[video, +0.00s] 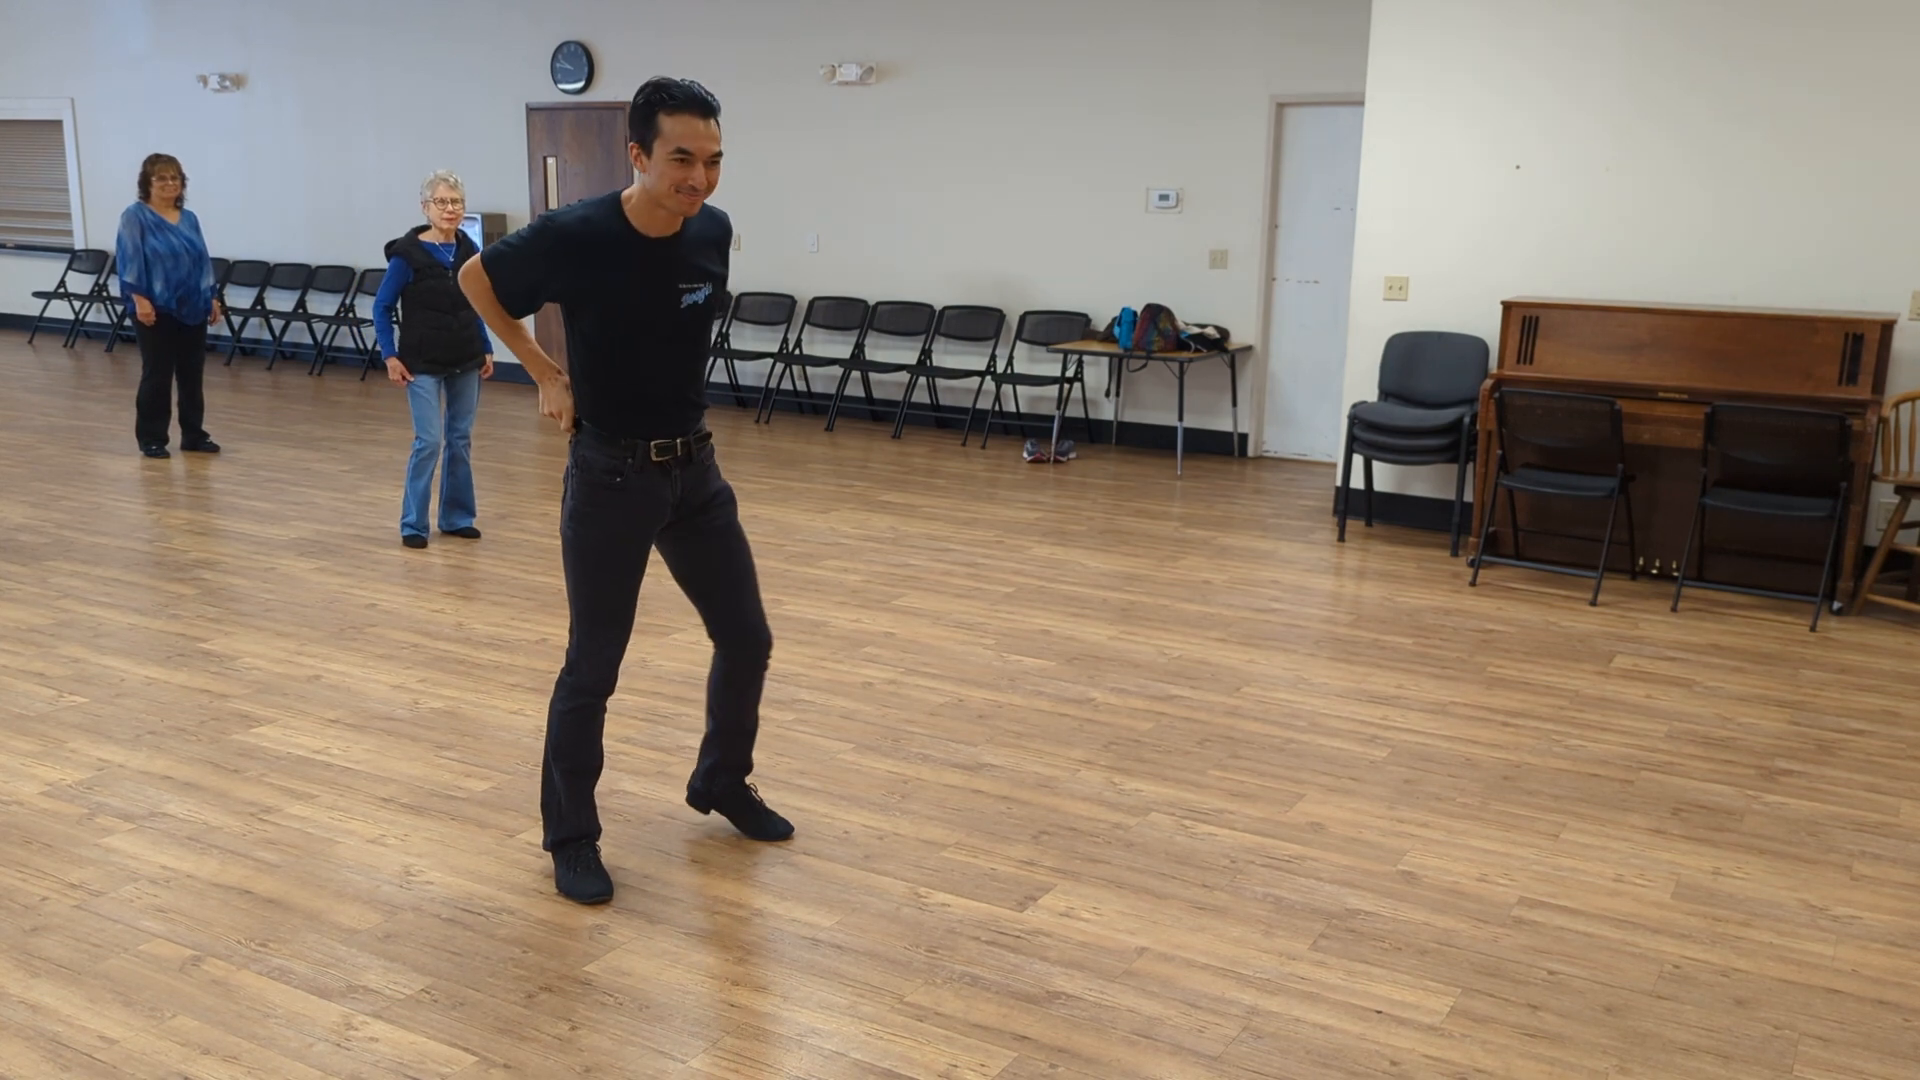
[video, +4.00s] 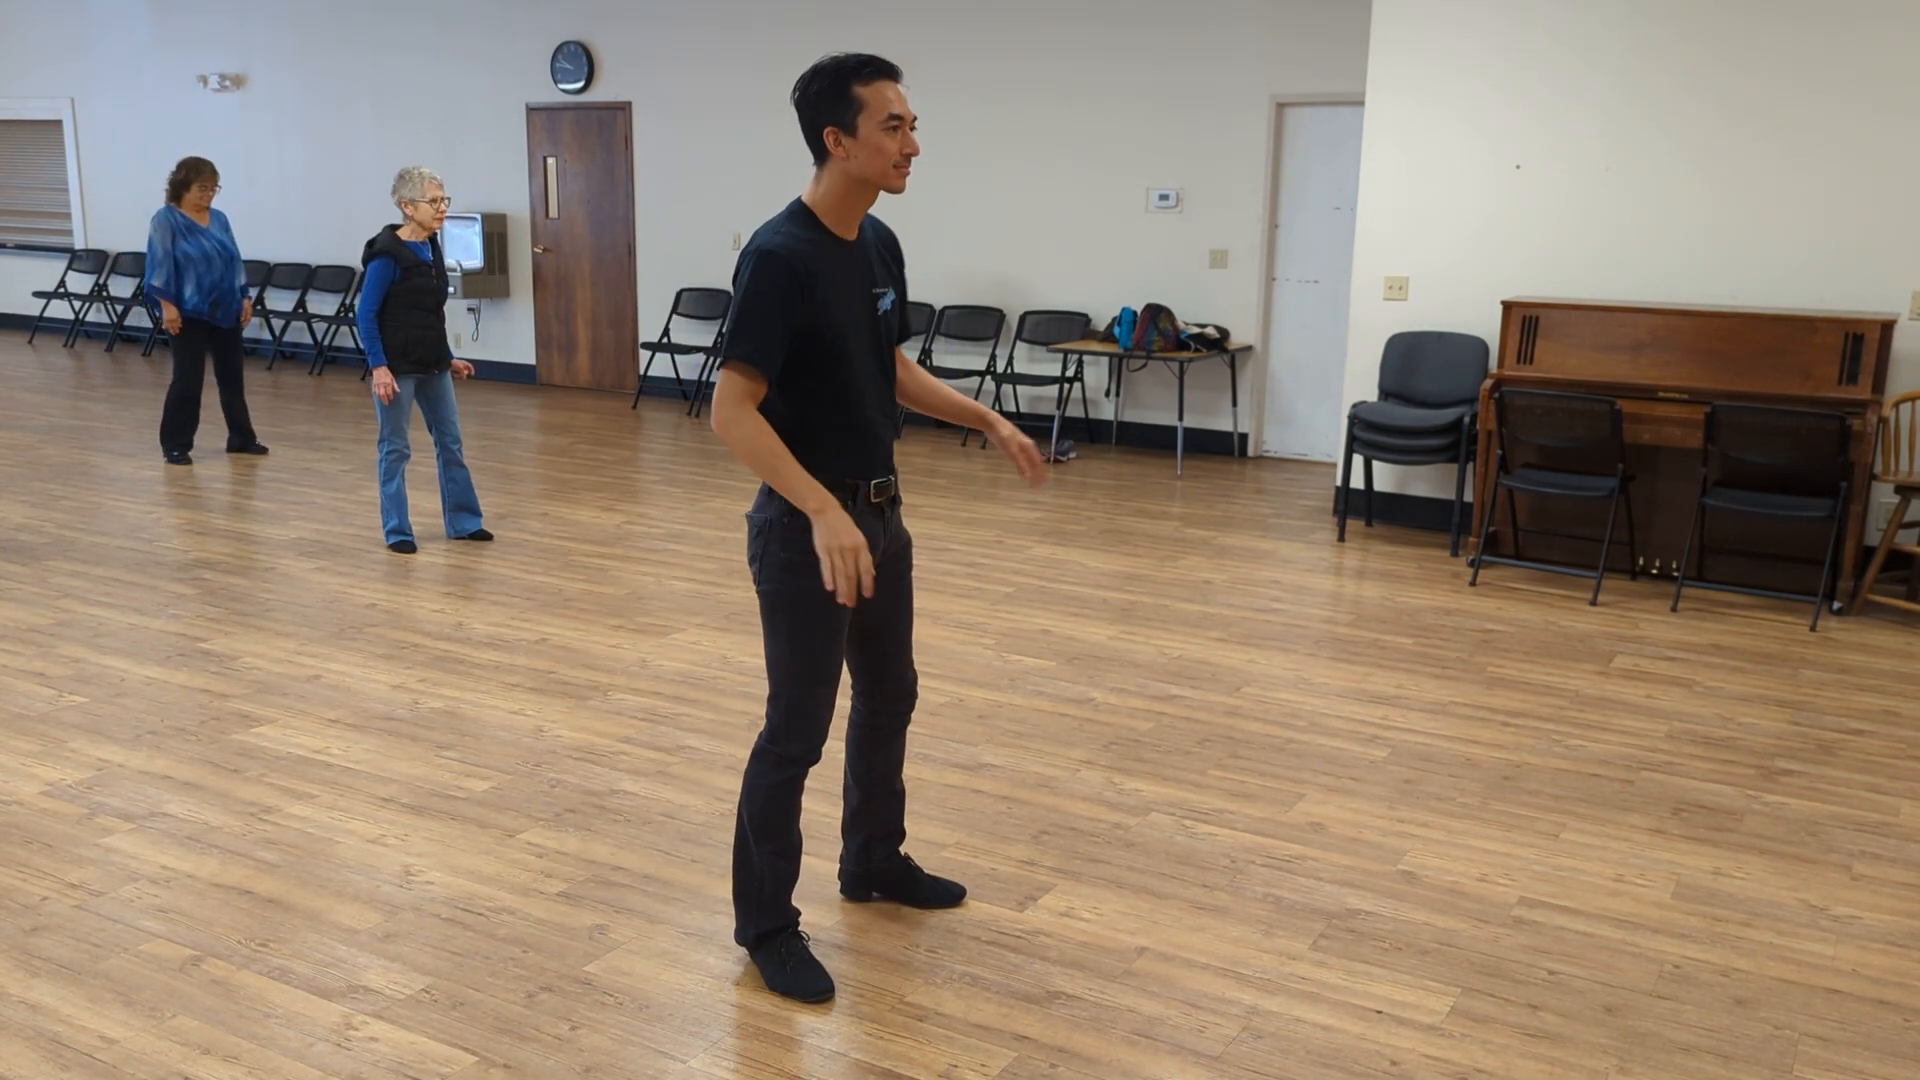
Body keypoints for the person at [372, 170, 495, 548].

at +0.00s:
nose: (450, 209)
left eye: (456, 202)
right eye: (442, 203)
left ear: (464, 207)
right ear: (426, 207)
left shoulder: (470, 250)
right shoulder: (410, 253)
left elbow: (478, 306)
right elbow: (382, 306)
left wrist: (486, 348)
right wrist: (389, 355)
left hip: (467, 360)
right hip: (422, 362)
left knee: (460, 440)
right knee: (429, 442)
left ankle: (457, 518)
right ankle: (414, 525)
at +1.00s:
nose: (422, 210)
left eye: (427, 203)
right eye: (413, 203)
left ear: (433, 207)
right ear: (395, 206)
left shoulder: (432, 249)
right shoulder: (379, 253)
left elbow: (433, 307)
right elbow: (350, 310)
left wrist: (451, 351)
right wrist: (366, 360)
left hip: (436, 361)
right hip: (393, 364)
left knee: (454, 435)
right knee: (400, 447)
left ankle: (452, 517)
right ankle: (409, 526)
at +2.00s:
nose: (449, 205)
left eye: (455, 198)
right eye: (440, 199)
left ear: (461, 202)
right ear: (424, 204)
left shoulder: (466, 247)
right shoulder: (409, 251)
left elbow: (470, 305)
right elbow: (388, 310)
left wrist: (493, 350)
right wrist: (395, 361)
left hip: (469, 358)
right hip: (427, 360)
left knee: (464, 442)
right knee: (420, 446)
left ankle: (464, 521)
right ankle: (411, 526)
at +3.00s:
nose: (463, 218)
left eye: (467, 211)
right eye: (456, 209)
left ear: (470, 211)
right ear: (431, 206)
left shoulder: (463, 249)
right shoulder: (409, 254)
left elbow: (471, 308)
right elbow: (391, 315)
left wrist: (495, 356)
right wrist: (402, 366)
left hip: (471, 361)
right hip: (429, 365)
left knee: (466, 445)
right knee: (424, 447)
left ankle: (465, 520)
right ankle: (402, 529)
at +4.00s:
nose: (443, 208)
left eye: (444, 201)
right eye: (434, 202)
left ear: (440, 204)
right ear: (408, 207)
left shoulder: (431, 248)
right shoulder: (387, 254)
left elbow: (429, 314)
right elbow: (365, 313)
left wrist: (448, 358)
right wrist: (378, 366)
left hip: (433, 364)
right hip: (395, 367)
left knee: (450, 443)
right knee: (395, 449)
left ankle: (463, 522)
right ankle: (397, 531)